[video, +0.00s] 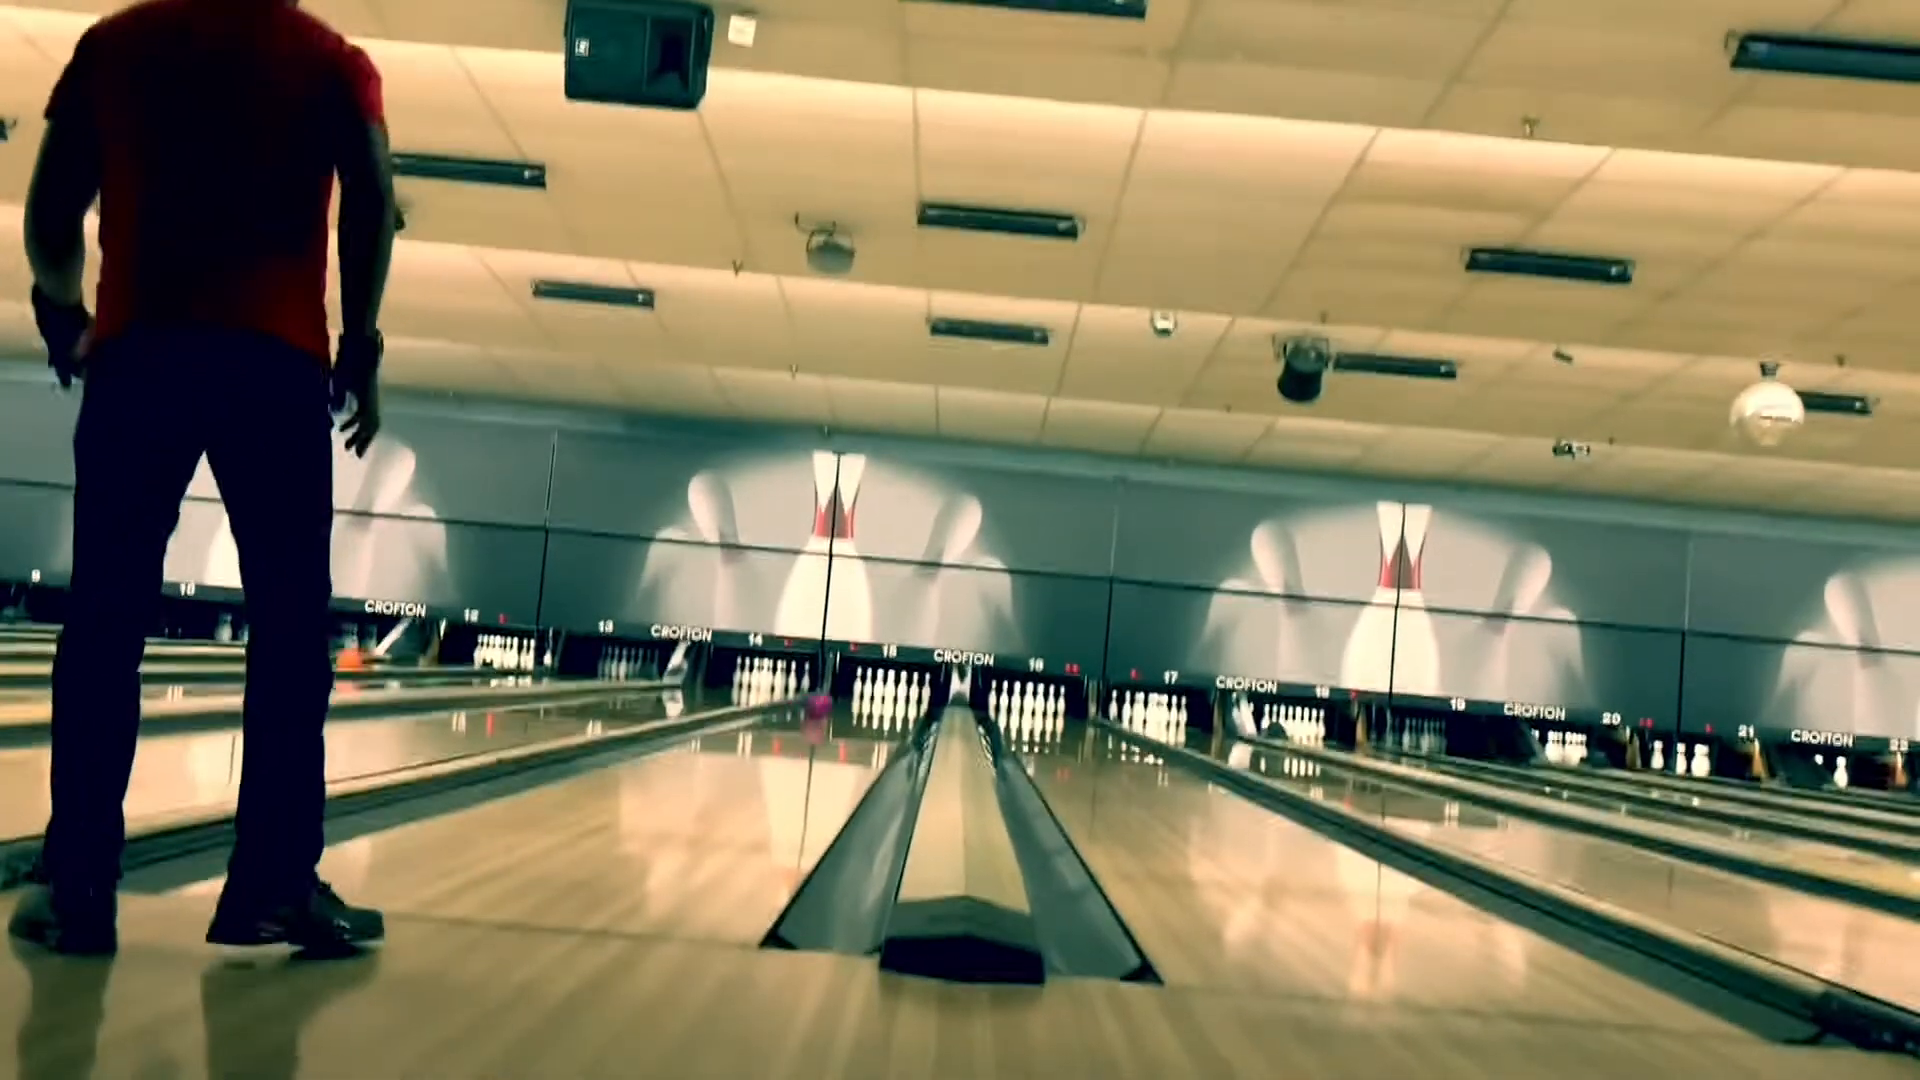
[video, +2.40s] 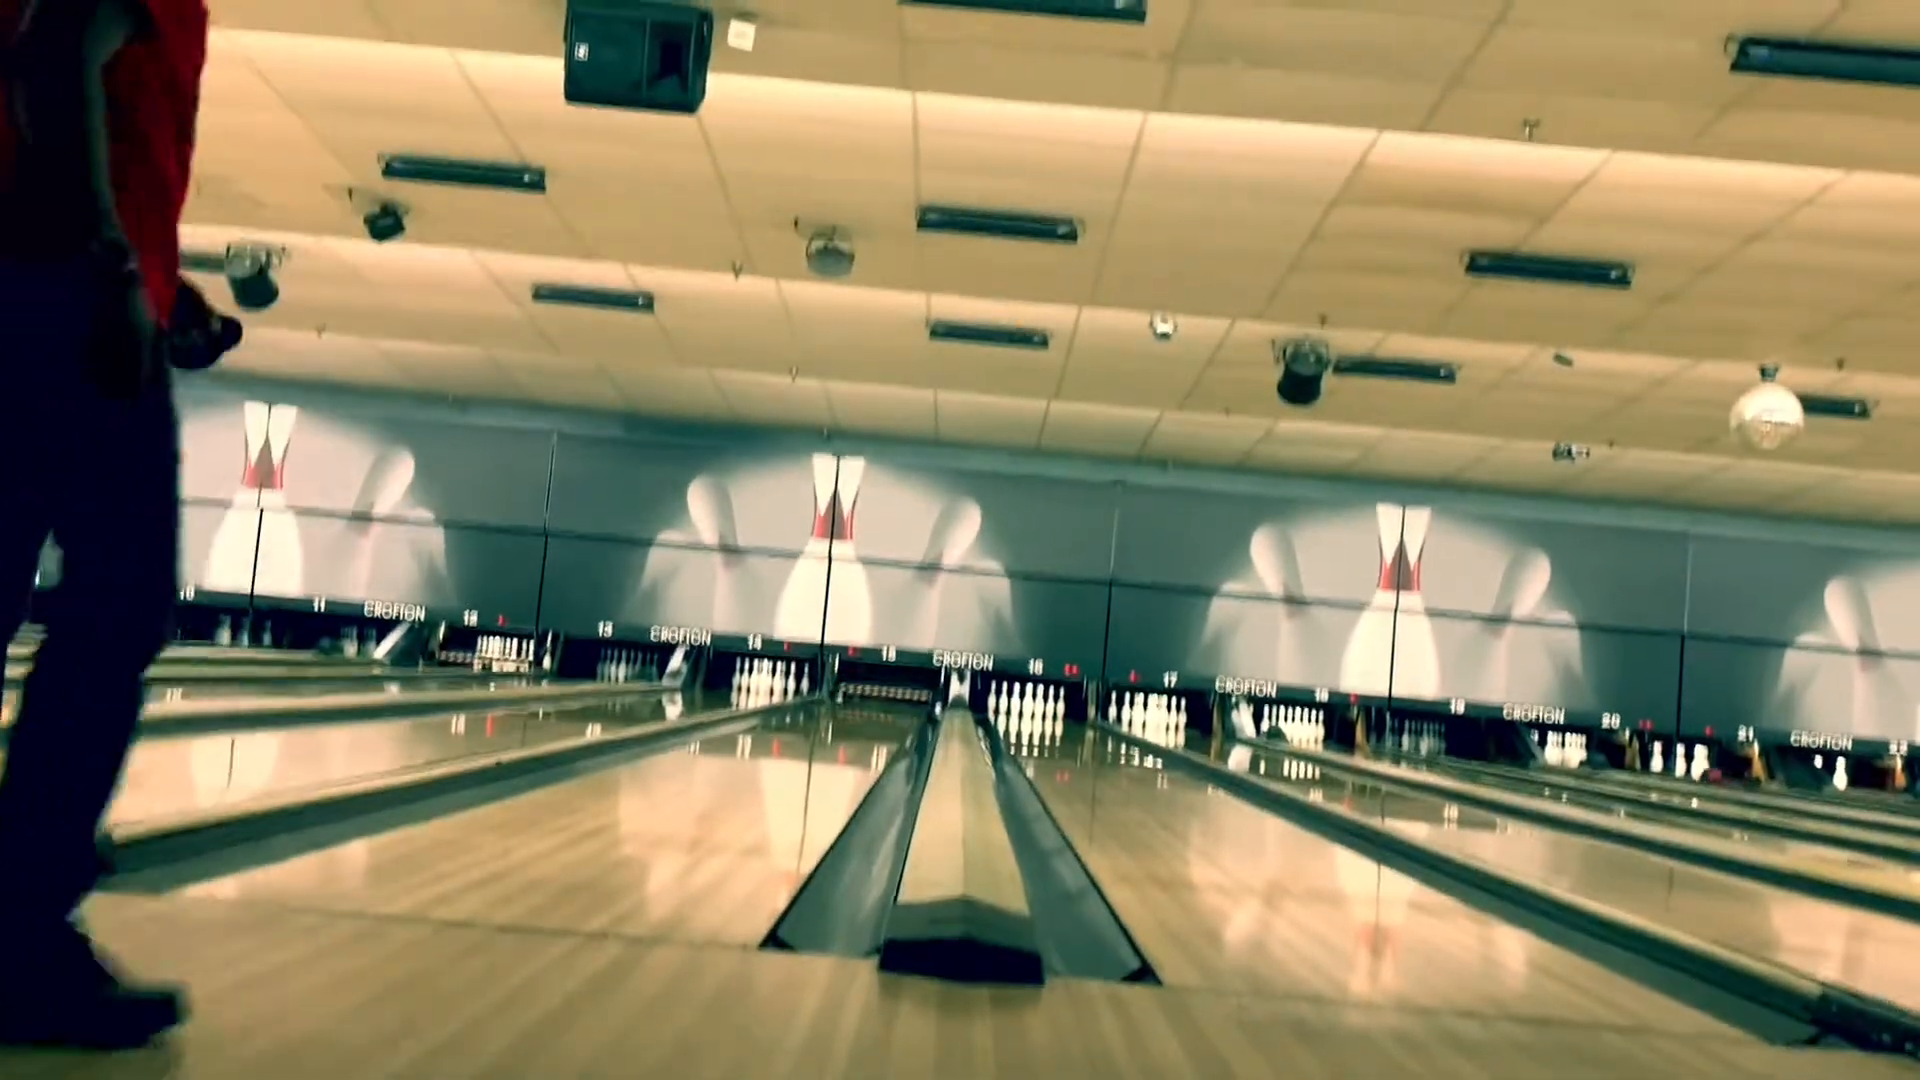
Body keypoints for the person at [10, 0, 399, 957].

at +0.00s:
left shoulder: (112, 42)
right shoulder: (333, 58)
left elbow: (51, 207)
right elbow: (373, 207)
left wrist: (59, 305)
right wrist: (362, 332)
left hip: (139, 359)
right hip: (273, 364)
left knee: (103, 620)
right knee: (290, 629)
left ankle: (79, 895)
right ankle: (272, 888)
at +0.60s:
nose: (409, 6)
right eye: (407, 2)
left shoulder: (202, 57)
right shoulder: (417, 78)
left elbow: (142, 215)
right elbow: (427, 224)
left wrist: (199, 313)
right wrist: (423, 364)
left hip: (194, 367)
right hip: (326, 380)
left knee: (134, 624)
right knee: (313, 644)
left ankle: (79, 899)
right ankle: (263, 906)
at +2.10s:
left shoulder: (92, 11)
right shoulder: (309, 4)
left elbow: (45, 185)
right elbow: (281, 138)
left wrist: (138, 277)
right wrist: (310, 324)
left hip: (78, 323)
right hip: (218, 331)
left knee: (30, 620)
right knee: (240, 631)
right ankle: (260, 893)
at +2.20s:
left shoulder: (64, 5)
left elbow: (19, 141)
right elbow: (233, 87)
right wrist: (246, 288)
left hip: (42, 295)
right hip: (177, 304)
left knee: (12, 613)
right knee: (218, 606)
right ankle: (215, 897)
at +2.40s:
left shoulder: (174, 16)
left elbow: (110, 141)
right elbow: (62, 79)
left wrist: (168, 287)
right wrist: (115, 286)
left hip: (78, 305)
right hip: (73, 308)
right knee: (120, 605)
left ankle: (35, 940)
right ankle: (31, 945)